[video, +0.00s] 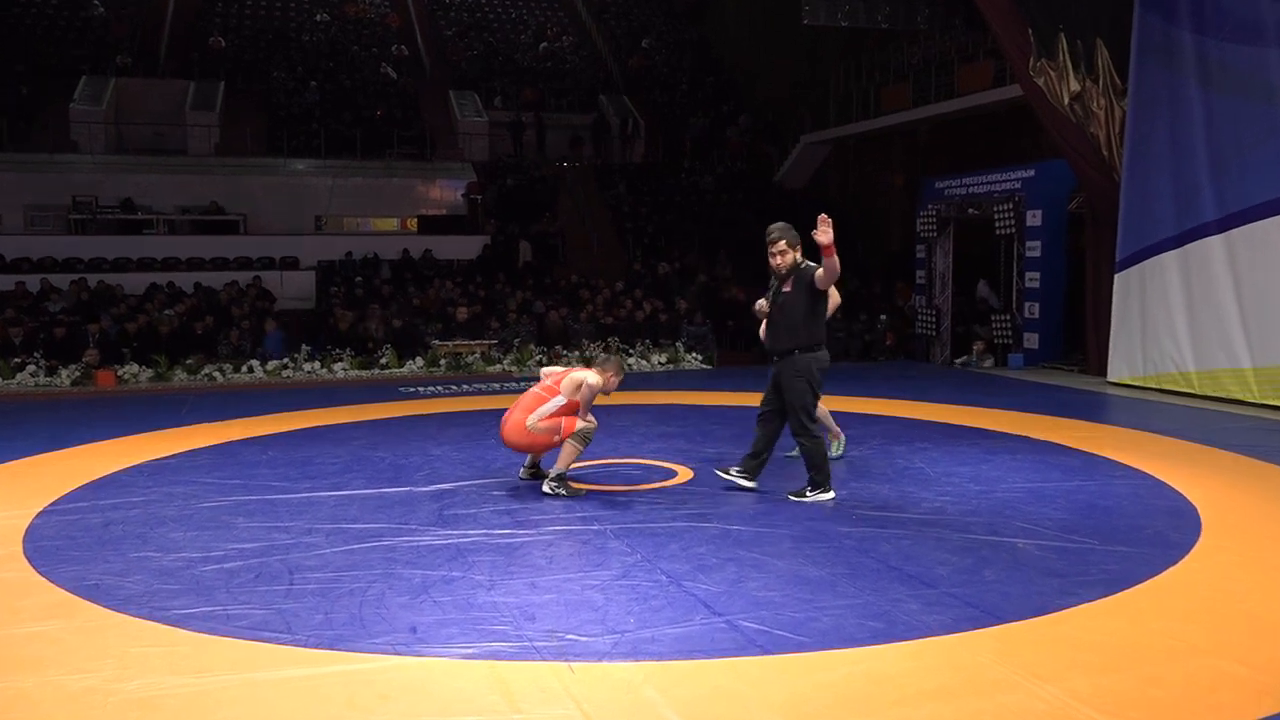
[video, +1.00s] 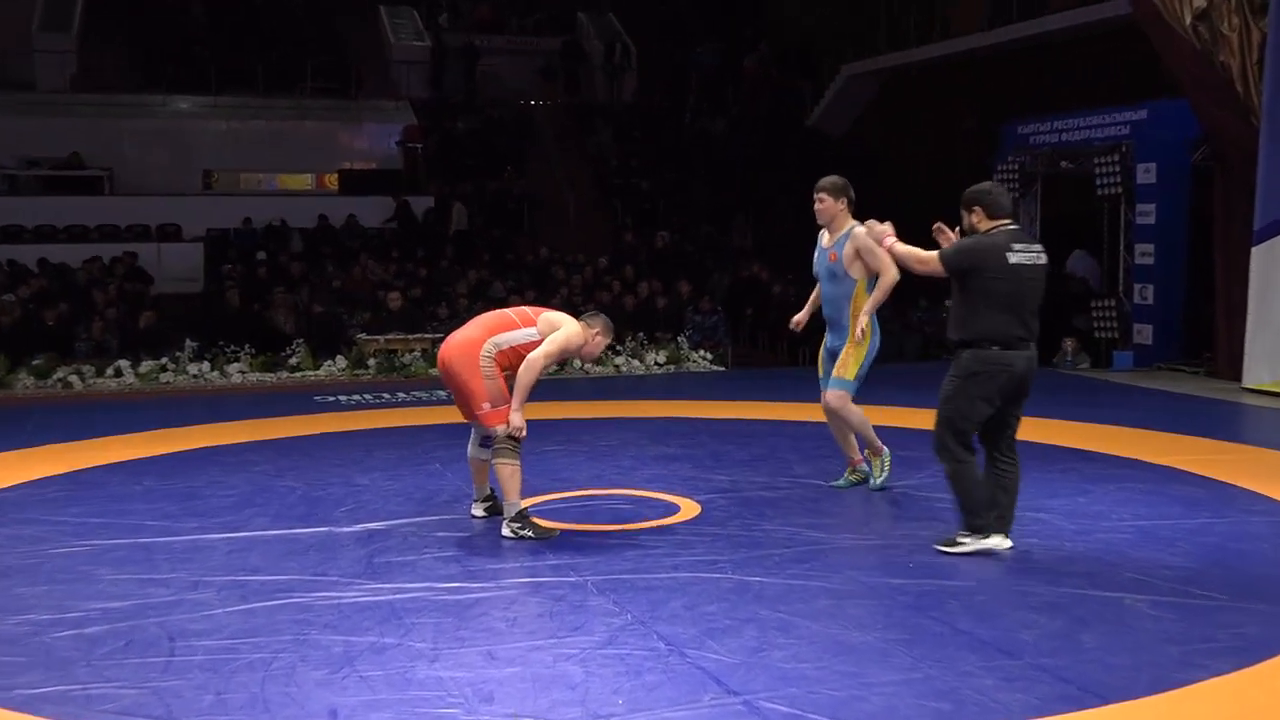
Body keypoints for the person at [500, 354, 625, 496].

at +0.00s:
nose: (616, 387)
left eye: (619, 383)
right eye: (618, 382)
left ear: (595, 367)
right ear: (610, 377)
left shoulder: (571, 371)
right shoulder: (595, 379)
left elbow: (545, 371)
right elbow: (591, 384)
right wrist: (583, 413)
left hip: (508, 429)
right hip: (524, 434)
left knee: (558, 416)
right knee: (586, 427)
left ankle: (531, 467)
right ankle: (556, 480)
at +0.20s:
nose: (615, 385)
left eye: (616, 379)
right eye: (616, 378)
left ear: (591, 367)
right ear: (606, 375)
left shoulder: (571, 372)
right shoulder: (589, 380)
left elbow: (538, 381)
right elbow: (576, 396)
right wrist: (578, 423)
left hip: (504, 435)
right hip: (518, 443)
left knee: (559, 421)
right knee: (586, 433)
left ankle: (526, 471)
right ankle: (551, 485)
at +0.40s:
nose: (614, 365)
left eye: (617, 360)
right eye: (617, 358)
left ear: (593, 343)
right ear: (607, 353)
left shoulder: (574, 348)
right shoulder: (585, 355)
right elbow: (560, 375)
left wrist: (549, 406)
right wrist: (565, 411)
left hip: (491, 392)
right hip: (504, 395)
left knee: (537, 427)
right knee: (564, 431)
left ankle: (514, 478)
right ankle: (541, 493)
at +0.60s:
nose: (612, 356)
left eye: (615, 351)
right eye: (615, 349)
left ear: (599, 335)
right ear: (606, 340)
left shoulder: (573, 334)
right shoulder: (583, 339)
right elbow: (547, 360)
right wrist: (539, 404)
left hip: (479, 363)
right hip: (493, 366)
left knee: (516, 421)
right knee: (539, 425)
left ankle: (504, 484)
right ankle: (532, 500)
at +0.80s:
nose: (606, 358)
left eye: (610, 352)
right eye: (609, 351)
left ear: (597, 338)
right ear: (601, 340)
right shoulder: (579, 337)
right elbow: (537, 358)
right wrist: (523, 404)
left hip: (468, 356)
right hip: (483, 359)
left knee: (498, 425)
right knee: (520, 427)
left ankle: (494, 491)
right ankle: (523, 508)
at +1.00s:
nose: (600, 355)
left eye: (605, 349)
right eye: (604, 347)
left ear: (591, 331)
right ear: (595, 334)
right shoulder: (573, 333)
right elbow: (533, 360)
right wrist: (516, 410)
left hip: (454, 352)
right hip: (475, 356)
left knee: (483, 431)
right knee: (507, 432)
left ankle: (483, 500)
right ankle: (514, 518)